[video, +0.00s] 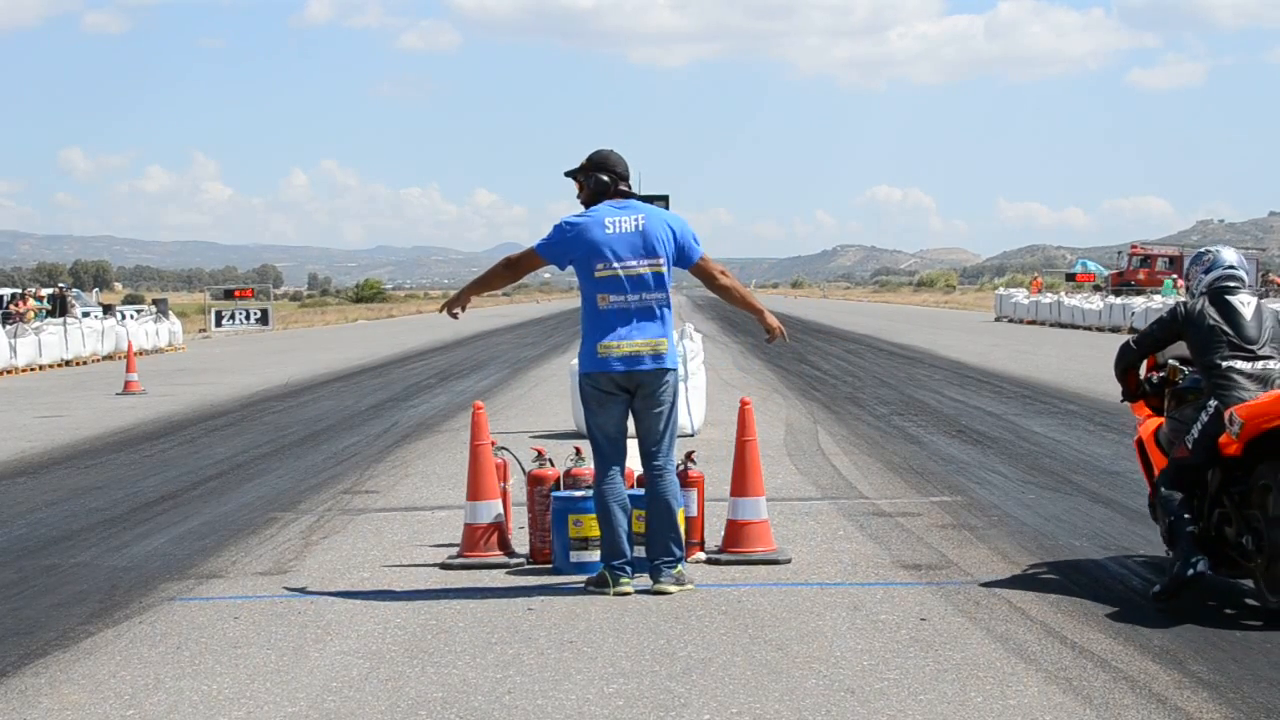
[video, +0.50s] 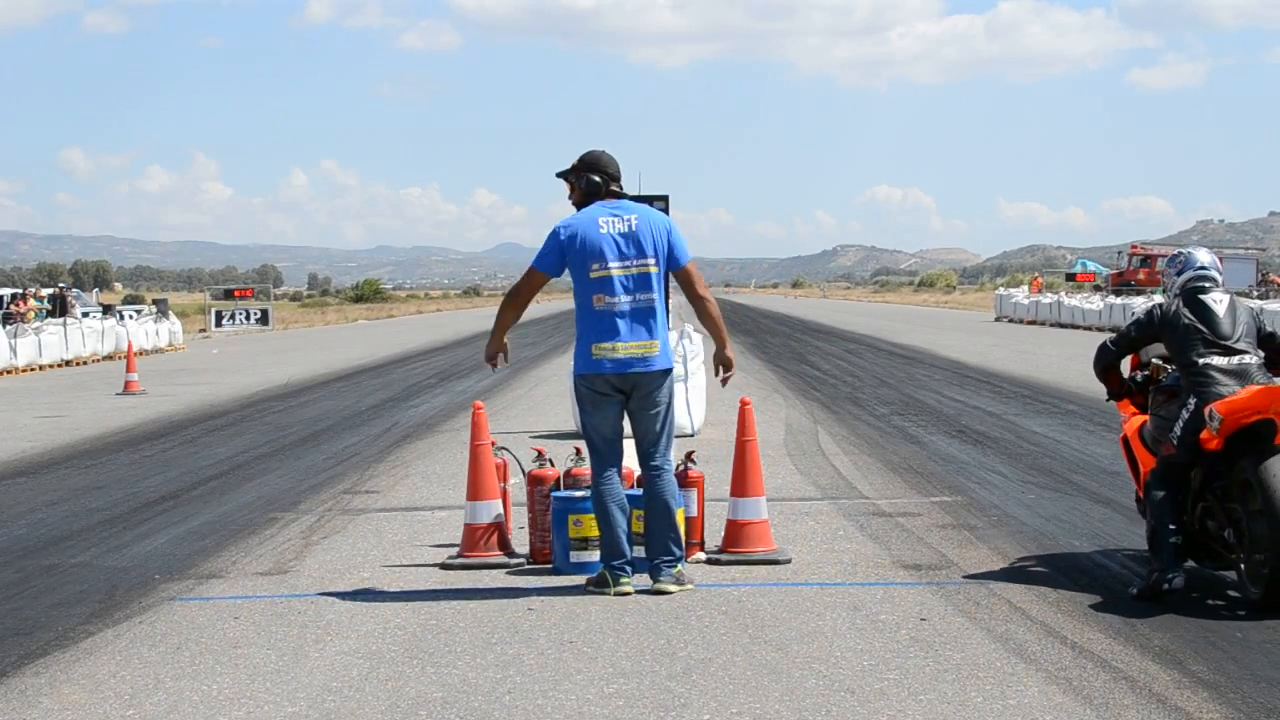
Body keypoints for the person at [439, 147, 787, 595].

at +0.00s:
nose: (576, 191)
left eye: (579, 184)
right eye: (576, 184)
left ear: (596, 184)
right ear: (624, 185)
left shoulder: (577, 228)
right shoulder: (665, 222)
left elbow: (516, 266)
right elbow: (716, 277)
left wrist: (465, 292)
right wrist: (763, 313)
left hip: (601, 362)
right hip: (658, 360)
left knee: (609, 467)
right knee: (661, 462)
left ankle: (617, 571)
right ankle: (667, 569)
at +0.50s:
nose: (568, 196)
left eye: (570, 188)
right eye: (568, 188)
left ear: (585, 186)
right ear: (616, 185)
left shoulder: (571, 230)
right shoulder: (659, 223)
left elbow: (523, 291)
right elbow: (698, 292)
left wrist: (497, 336)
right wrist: (723, 344)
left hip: (596, 366)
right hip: (653, 362)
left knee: (605, 468)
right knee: (658, 462)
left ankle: (616, 572)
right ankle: (667, 568)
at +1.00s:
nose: (613, 190)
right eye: (619, 184)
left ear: (580, 189)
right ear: (621, 185)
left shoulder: (556, 233)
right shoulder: (648, 221)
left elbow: (541, 316)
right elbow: (678, 300)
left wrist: (551, 378)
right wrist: (691, 359)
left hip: (589, 367)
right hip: (646, 362)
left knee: (602, 468)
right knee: (656, 459)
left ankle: (613, 570)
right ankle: (650, 566)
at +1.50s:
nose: (647, 190)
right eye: (648, 183)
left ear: (604, 186)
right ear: (647, 185)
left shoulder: (573, 229)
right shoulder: (666, 229)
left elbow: (546, 305)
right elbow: (690, 314)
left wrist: (544, 364)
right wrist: (702, 374)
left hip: (593, 368)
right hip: (651, 366)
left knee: (603, 471)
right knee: (644, 472)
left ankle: (609, 572)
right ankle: (635, 584)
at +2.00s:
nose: (607, 182)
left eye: (588, 176)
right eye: (621, 176)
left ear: (580, 181)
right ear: (625, 180)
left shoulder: (553, 229)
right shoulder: (653, 229)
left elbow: (530, 313)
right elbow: (674, 312)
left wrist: (530, 376)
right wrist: (682, 375)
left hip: (575, 372)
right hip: (636, 371)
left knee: (571, 480)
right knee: (636, 477)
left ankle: (570, 588)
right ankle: (637, 586)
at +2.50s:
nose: (528, 184)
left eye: (530, 177)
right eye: (528, 177)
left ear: (544, 178)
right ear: (581, 177)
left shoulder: (523, 228)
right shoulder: (624, 220)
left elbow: (500, 319)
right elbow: (649, 307)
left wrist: (487, 390)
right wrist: (649, 370)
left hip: (553, 375)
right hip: (616, 371)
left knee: (561, 485)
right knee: (629, 477)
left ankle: (570, 605)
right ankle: (641, 593)